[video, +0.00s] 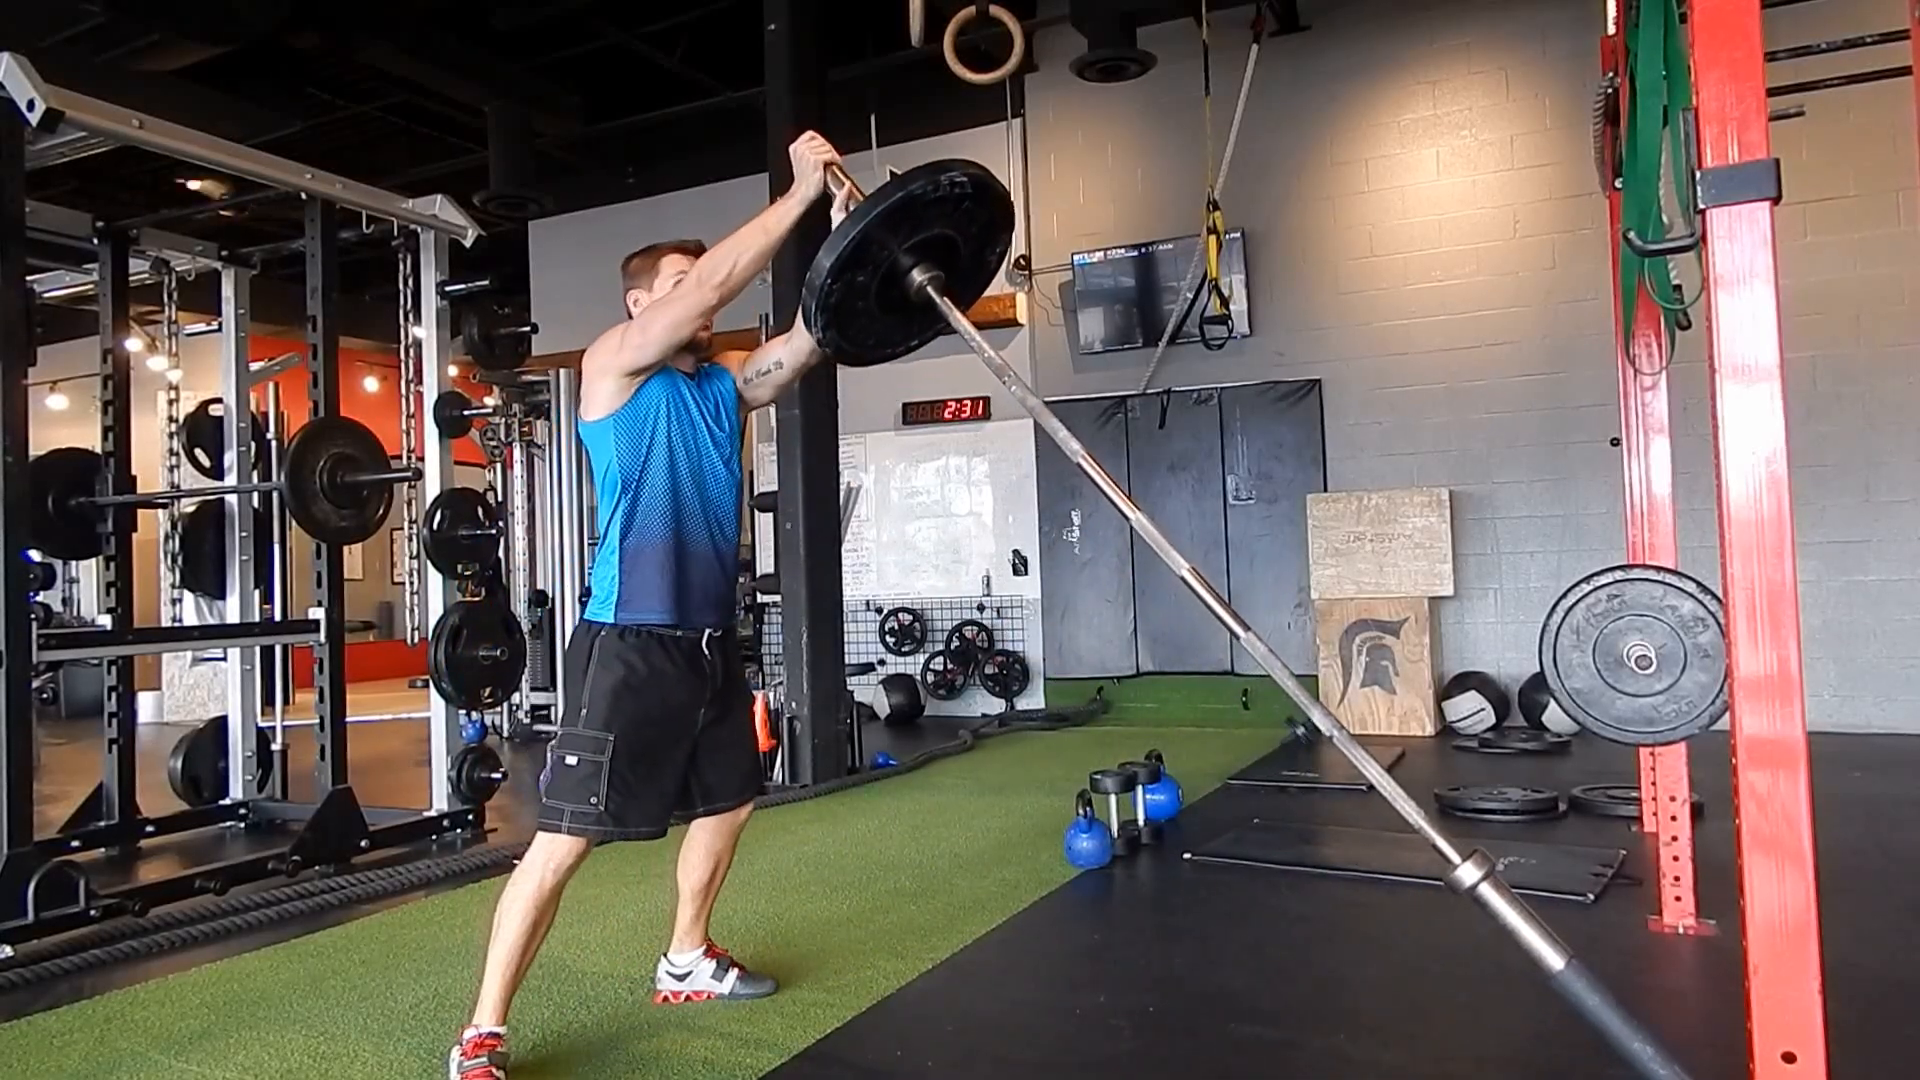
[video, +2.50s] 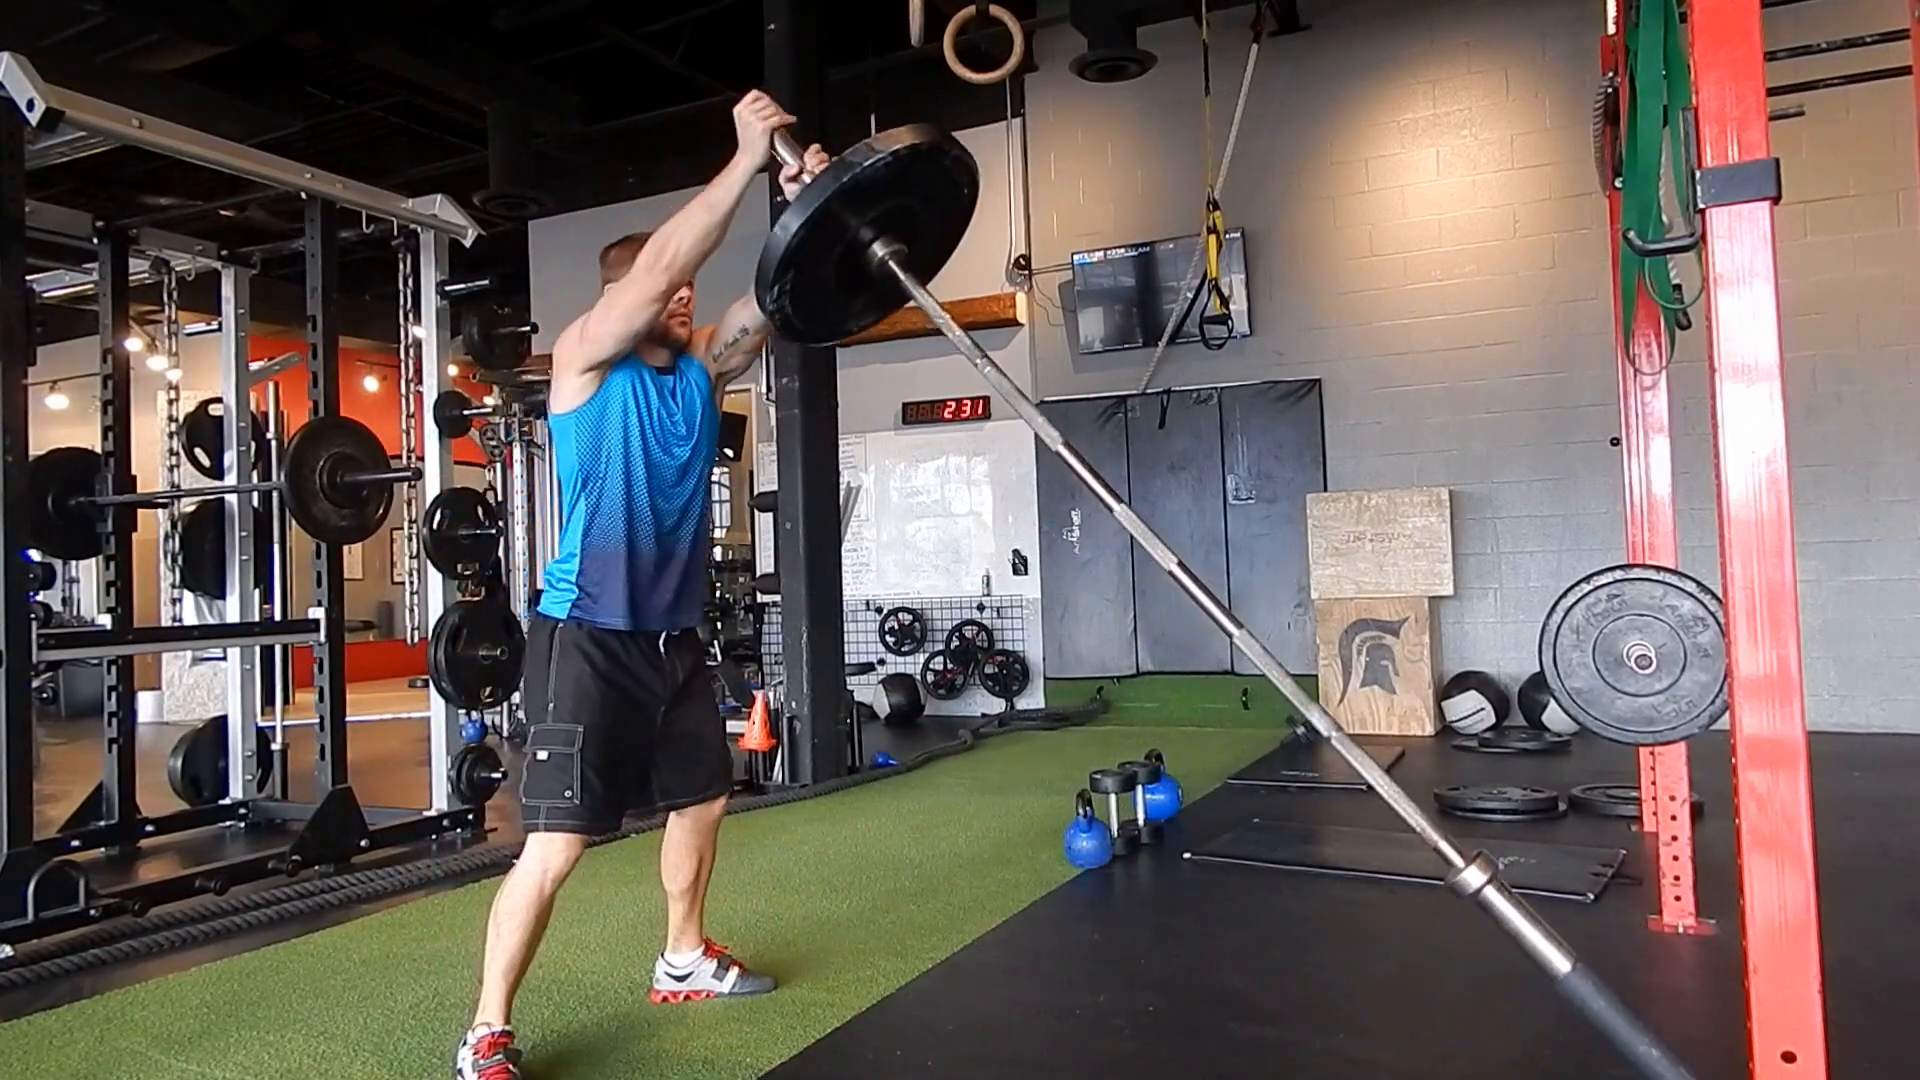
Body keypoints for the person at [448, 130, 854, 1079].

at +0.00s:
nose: (703, 285)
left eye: (704, 276)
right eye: (684, 277)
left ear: (701, 296)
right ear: (638, 297)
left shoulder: (728, 382)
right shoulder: (610, 366)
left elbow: (813, 335)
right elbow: (710, 285)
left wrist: (861, 235)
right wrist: (799, 194)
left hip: (711, 646)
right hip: (624, 646)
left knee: (728, 794)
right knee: (566, 835)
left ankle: (685, 960)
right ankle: (484, 1029)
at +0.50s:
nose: (686, 307)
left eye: (686, 295)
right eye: (668, 295)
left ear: (686, 311)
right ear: (624, 308)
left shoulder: (720, 394)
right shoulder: (585, 380)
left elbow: (805, 341)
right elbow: (665, 296)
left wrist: (816, 234)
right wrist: (751, 194)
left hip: (708, 657)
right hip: (609, 656)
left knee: (741, 807)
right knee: (551, 836)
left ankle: (685, 961)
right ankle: (484, 1029)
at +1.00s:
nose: (596, 352)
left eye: (613, 335)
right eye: (581, 336)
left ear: (646, 340)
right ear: (565, 341)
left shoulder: (680, 420)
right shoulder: (525, 429)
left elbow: (638, 507)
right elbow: (504, 528)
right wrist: (459, 494)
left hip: (659, 670)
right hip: (545, 675)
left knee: (715, 832)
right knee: (480, 836)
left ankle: (740, 932)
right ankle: (471, 1032)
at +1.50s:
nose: (531, 400)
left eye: (549, 381)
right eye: (515, 384)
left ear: (586, 385)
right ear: (501, 393)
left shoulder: (624, 474)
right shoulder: (493, 489)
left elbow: (619, 619)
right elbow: (510, 609)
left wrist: (534, 733)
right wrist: (483, 703)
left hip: (642, 700)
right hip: (539, 700)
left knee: (710, 883)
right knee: (439, 841)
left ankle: (768, 922)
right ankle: (469, 1038)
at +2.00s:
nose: (625, 309)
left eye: (637, 297)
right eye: (607, 296)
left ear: (649, 310)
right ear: (569, 310)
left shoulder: (665, 385)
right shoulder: (529, 388)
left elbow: (728, 433)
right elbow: (509, 479)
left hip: (657, 648)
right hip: (551, 650)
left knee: (714, 807)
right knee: (512, 838)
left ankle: (696, 944)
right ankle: (477, 1033)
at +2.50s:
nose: (685, 293)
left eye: (687, 280)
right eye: (664, 282)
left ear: (687, 296)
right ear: (618, 291)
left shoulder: (702, 366)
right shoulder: (581, 356)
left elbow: (781, 299)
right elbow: (659, 270)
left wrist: (811, 200)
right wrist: (743, 162)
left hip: (676, 637)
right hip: (584, 635)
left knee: (700, 791)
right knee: (558, 838)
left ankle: (683, 961)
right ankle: (488, 1029)